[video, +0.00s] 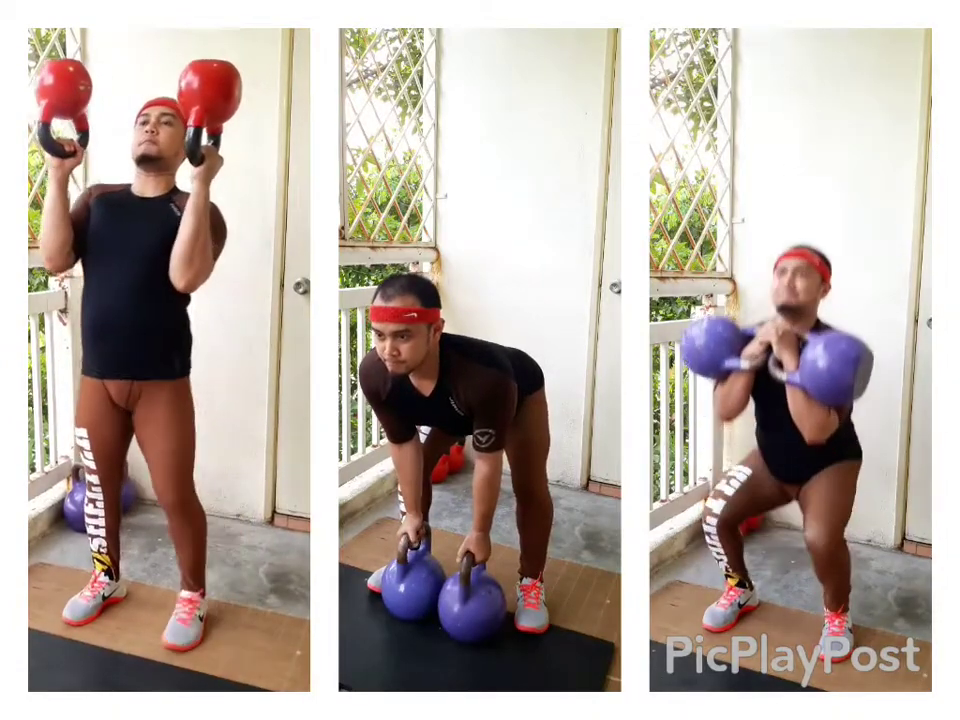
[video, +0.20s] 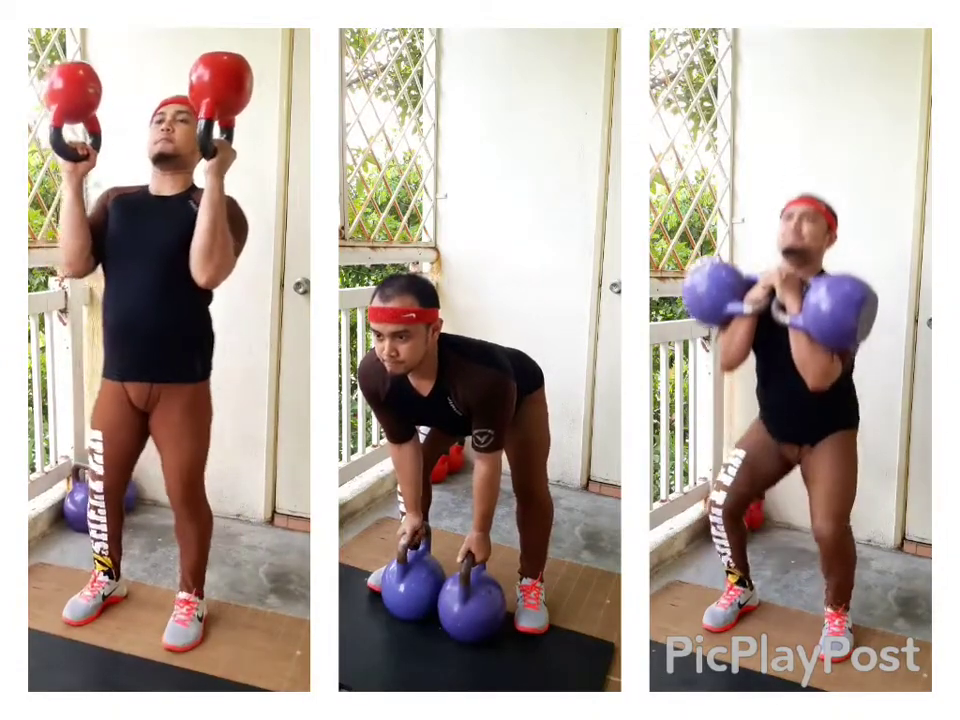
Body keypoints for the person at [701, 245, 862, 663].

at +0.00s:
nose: (790, 280)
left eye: (802, 274)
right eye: (783, 272)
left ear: (823, 290)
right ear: (771, 283)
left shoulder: (833, 347)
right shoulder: (753, 339)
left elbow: (817, 431)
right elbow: (725, 412)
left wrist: (790, 362)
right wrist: (751, 358)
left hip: (831, 461)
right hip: (774, 458)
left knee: (821, 538)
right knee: (721, 517)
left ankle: (837, 615)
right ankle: (740, 588)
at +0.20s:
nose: (795, 226)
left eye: (808, 221)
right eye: (788, 218)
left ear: (829, 238)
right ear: (777, 231)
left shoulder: (835, 299)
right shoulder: (756, 291)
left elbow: (819, 376)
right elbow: (729, 359)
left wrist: (793, 307)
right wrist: (751, 306)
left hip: (829, 433)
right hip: (773, 427)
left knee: (829, 531)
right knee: (727, 505)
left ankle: (837, 615)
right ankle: (740, 587)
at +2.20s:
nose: (795, 190)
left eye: (808, 182)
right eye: (788, 182)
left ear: (832, 195)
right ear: (778, 193)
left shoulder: (846, 257)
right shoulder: (758, 249)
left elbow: (824, 323)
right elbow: (728, 317)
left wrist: (799, 251)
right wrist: (758, 256)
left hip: (824, 412)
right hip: (765, 408)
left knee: (827, 516)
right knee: (738, 499)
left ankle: (836, 612)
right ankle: (739, 586)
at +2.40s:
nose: (789, 238)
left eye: (802, 230)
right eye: (782, 230)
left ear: (825, 241)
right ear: (773, 239)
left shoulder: (840, 302)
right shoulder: (757, 296)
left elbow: (822, 374)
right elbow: (727, 362)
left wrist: (795, 302)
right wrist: (756, 305)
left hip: (830, 438)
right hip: (773, 434)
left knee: (828, 533)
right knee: (727, 510)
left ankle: (835, 613)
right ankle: (740, 587)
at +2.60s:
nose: (787, 297)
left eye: (800, 288)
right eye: (780, 288)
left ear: (821, 299)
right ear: (770, 298)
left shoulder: (836, 356)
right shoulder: (753, 352)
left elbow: (821, 436)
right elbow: (726, 421)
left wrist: (793, 367)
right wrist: (753, 371)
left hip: (832, 472)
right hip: (775, 469)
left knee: (827, 545)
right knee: (718, 521)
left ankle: (836, 616)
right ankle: (740, 588)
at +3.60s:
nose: (782, 244)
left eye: (794, 236)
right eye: (774, 236)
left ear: (817, 248)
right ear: (765, 247)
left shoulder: (829, 311)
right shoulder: (749, 307)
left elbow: (818, 391)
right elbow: (721, 377)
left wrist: (789, 323)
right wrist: (747, 324)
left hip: (827, 440)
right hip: (770, 436)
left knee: (827, 534)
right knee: (721, 510)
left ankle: (836, 614)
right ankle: (740, 586)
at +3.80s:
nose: (790, 190)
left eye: (804, 183)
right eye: (782, 183)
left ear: (825, 201)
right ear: (771, 198)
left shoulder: (836, 261)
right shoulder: (749, 254)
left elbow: (818, 336)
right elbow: (722, 325)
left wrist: (790, 267)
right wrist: (749, 262)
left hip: (826, 414)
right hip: (766, 410)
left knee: (831, 518)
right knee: (734, 495)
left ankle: (837, 612)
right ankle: (740, 585)